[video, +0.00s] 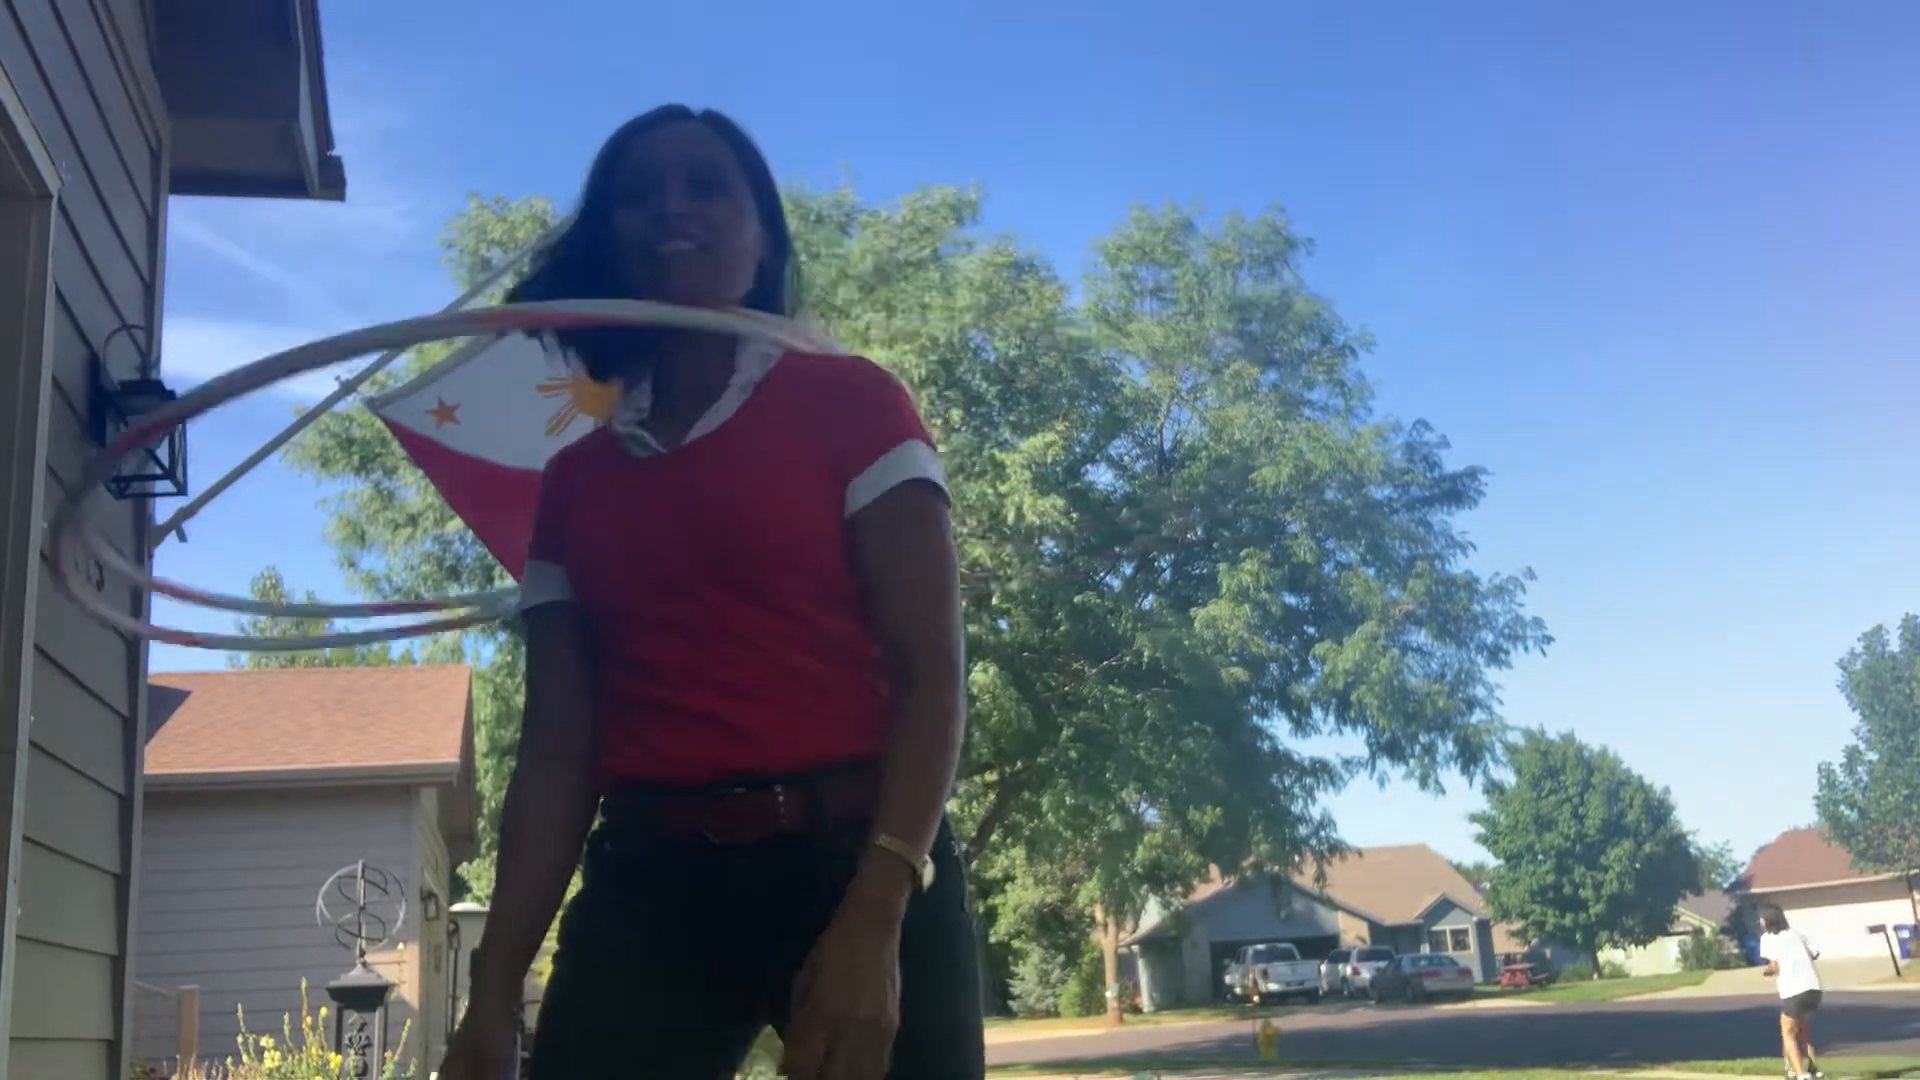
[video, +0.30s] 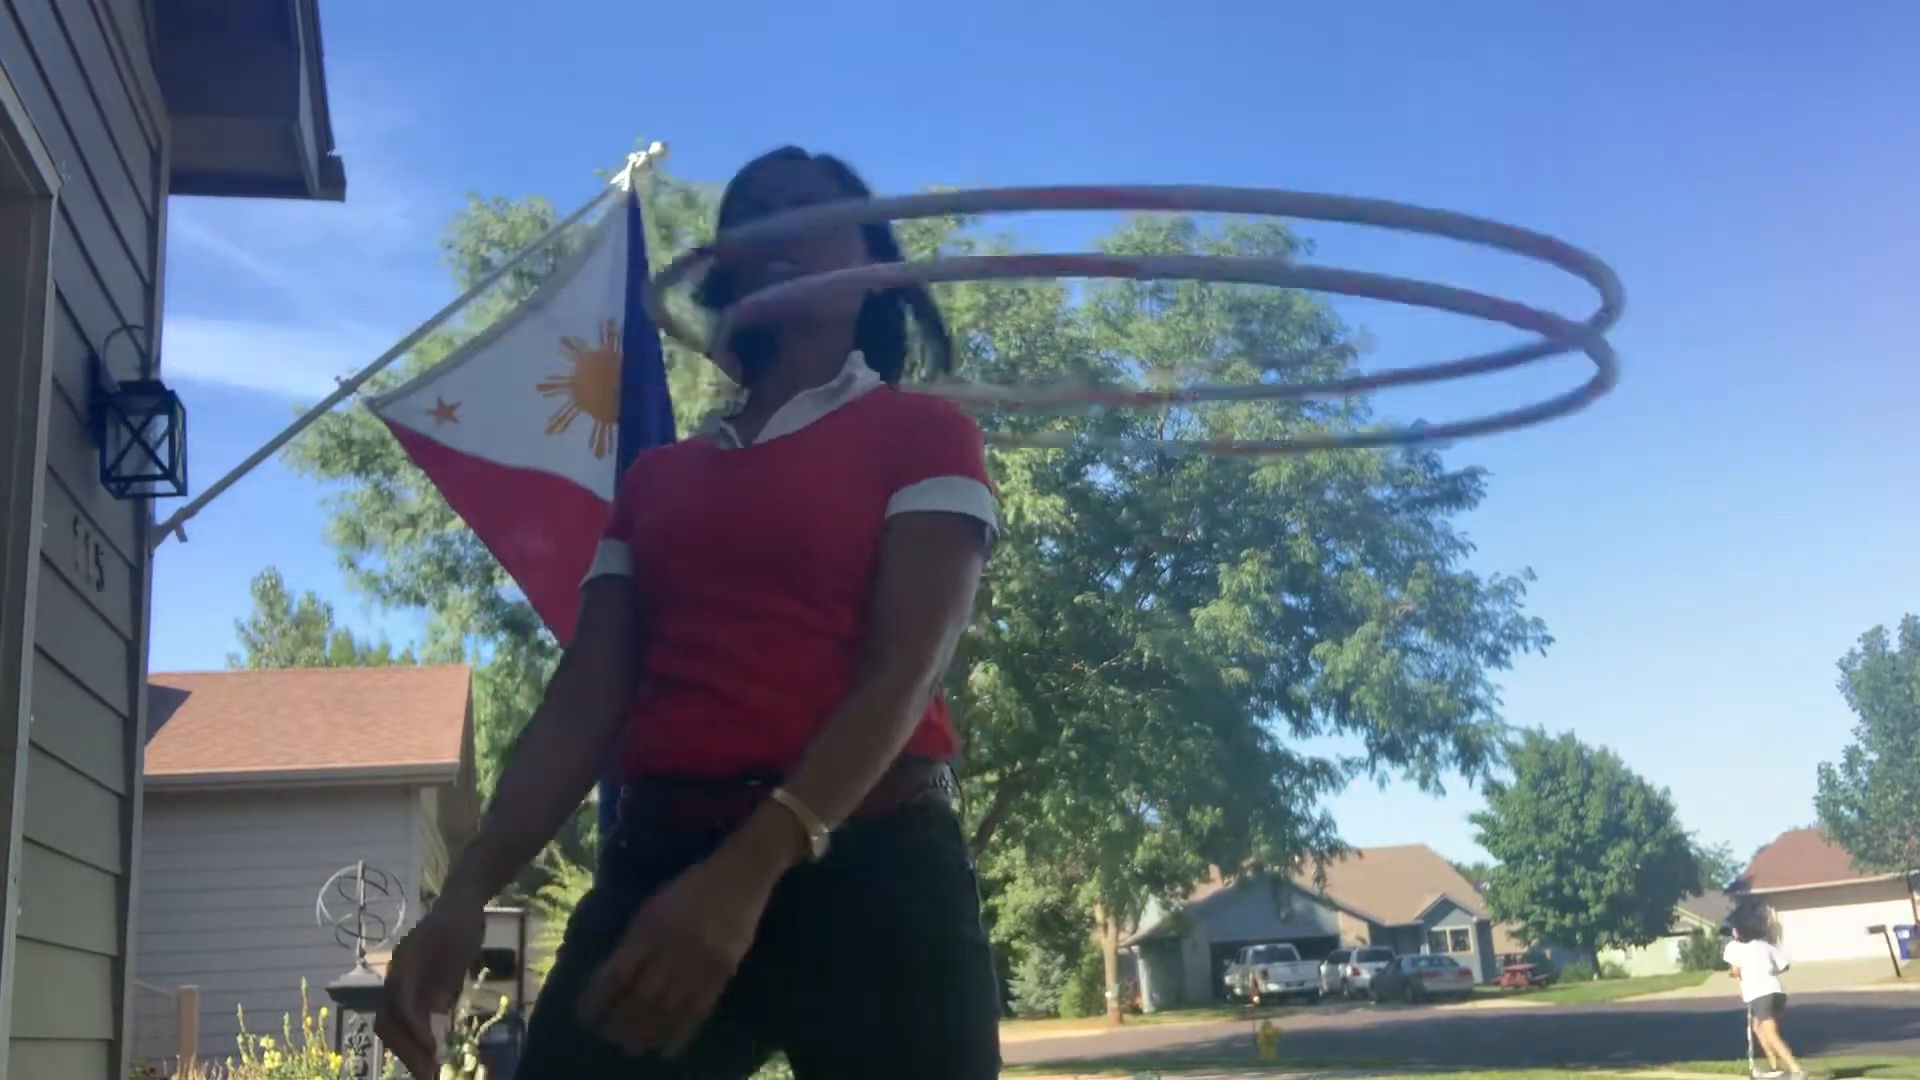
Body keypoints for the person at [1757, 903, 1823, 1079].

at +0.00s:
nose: (1760, 924)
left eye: (1761, 920)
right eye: (1760, 920)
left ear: (1766, 922)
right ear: (1781, 918)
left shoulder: (1767, 939)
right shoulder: (1795, 932)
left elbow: (1774, 966)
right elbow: (1814, 953)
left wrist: (1767, 971)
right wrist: (1799, 963)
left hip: (1793, 991)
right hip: (1814, 987)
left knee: (1788, 1032)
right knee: (1802, 1029)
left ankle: (1800, 1073)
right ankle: (1812, 1065)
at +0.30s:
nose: (1734, 935)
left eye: (1735, 932)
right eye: (1733, 932)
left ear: (1740, 933)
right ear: (1756, 931)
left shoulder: (1737, 948)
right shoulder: (1765, 946)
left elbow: (1736, 972)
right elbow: (1784, 964)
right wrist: (1766, 972)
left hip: (1759, 993)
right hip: (1777, 991)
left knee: (1770, 1033)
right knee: (1757, 1027)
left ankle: (1795, 1069)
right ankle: (1775, 1066)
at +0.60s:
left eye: (1699, 929)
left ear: (1700, 929)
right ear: (1715, 927)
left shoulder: (1696, 942)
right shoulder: (1725, 941)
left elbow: (1697, 964)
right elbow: (1742, 962)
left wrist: (1697, 973)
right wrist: (1728, 970)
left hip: (1714, 988)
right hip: (1734, 987)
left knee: (1711, 1028)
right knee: (1725, 1026)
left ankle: (1732, 1056)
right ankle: (1735, 1062)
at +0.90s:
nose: (1656, 939)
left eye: (1657, 936)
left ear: (1659, 937)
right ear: (1674, 934)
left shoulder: (1658, 951)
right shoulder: (1685, 946)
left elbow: (1660, 972)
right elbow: (1700, 963)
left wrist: (1658, 978)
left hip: (1679, 997)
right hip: (1697, 994)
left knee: (1675, 1034)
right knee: (1689, 1033)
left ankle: (1675, 1070)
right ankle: (1698, 1065)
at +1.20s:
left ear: (1624, 940)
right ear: (1638, 937)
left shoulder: (1624, 952)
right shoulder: (1647, 948)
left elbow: (1622, 975)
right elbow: (1659, 968)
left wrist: (1619, 980)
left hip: (1644, 993)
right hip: (1659, 990)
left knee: (1653, 1031)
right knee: (1645, 1027)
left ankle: (1669, 1064)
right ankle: (1658, 1063)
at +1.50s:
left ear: (1591, 937)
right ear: (1606, 937)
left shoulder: (1588, 946)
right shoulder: (1615, 946)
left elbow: (1590, 965)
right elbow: (1627, 968)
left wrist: (1589, 978)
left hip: (1608, 988)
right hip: (1624, 987)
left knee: (1604, 1026)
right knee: (1614, 1026)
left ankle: (1625, 1052)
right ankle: (1619, 1062)